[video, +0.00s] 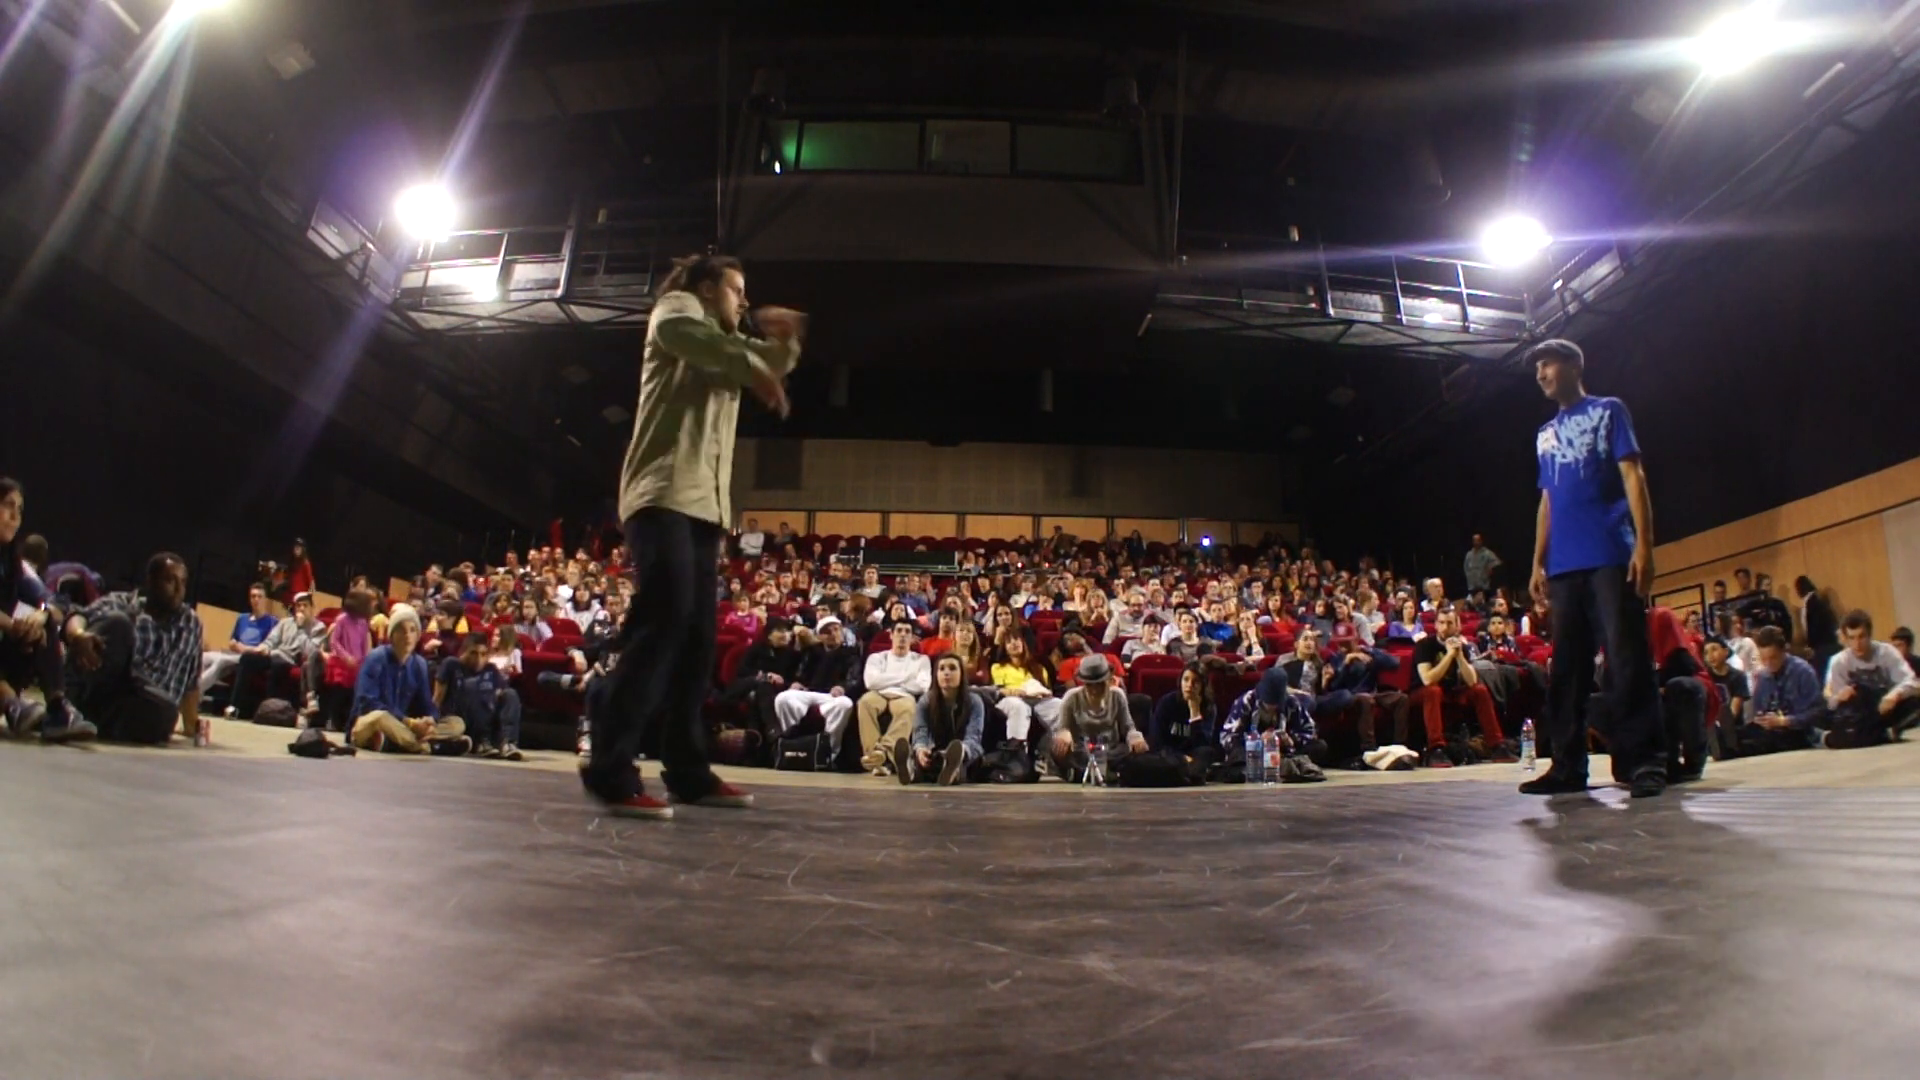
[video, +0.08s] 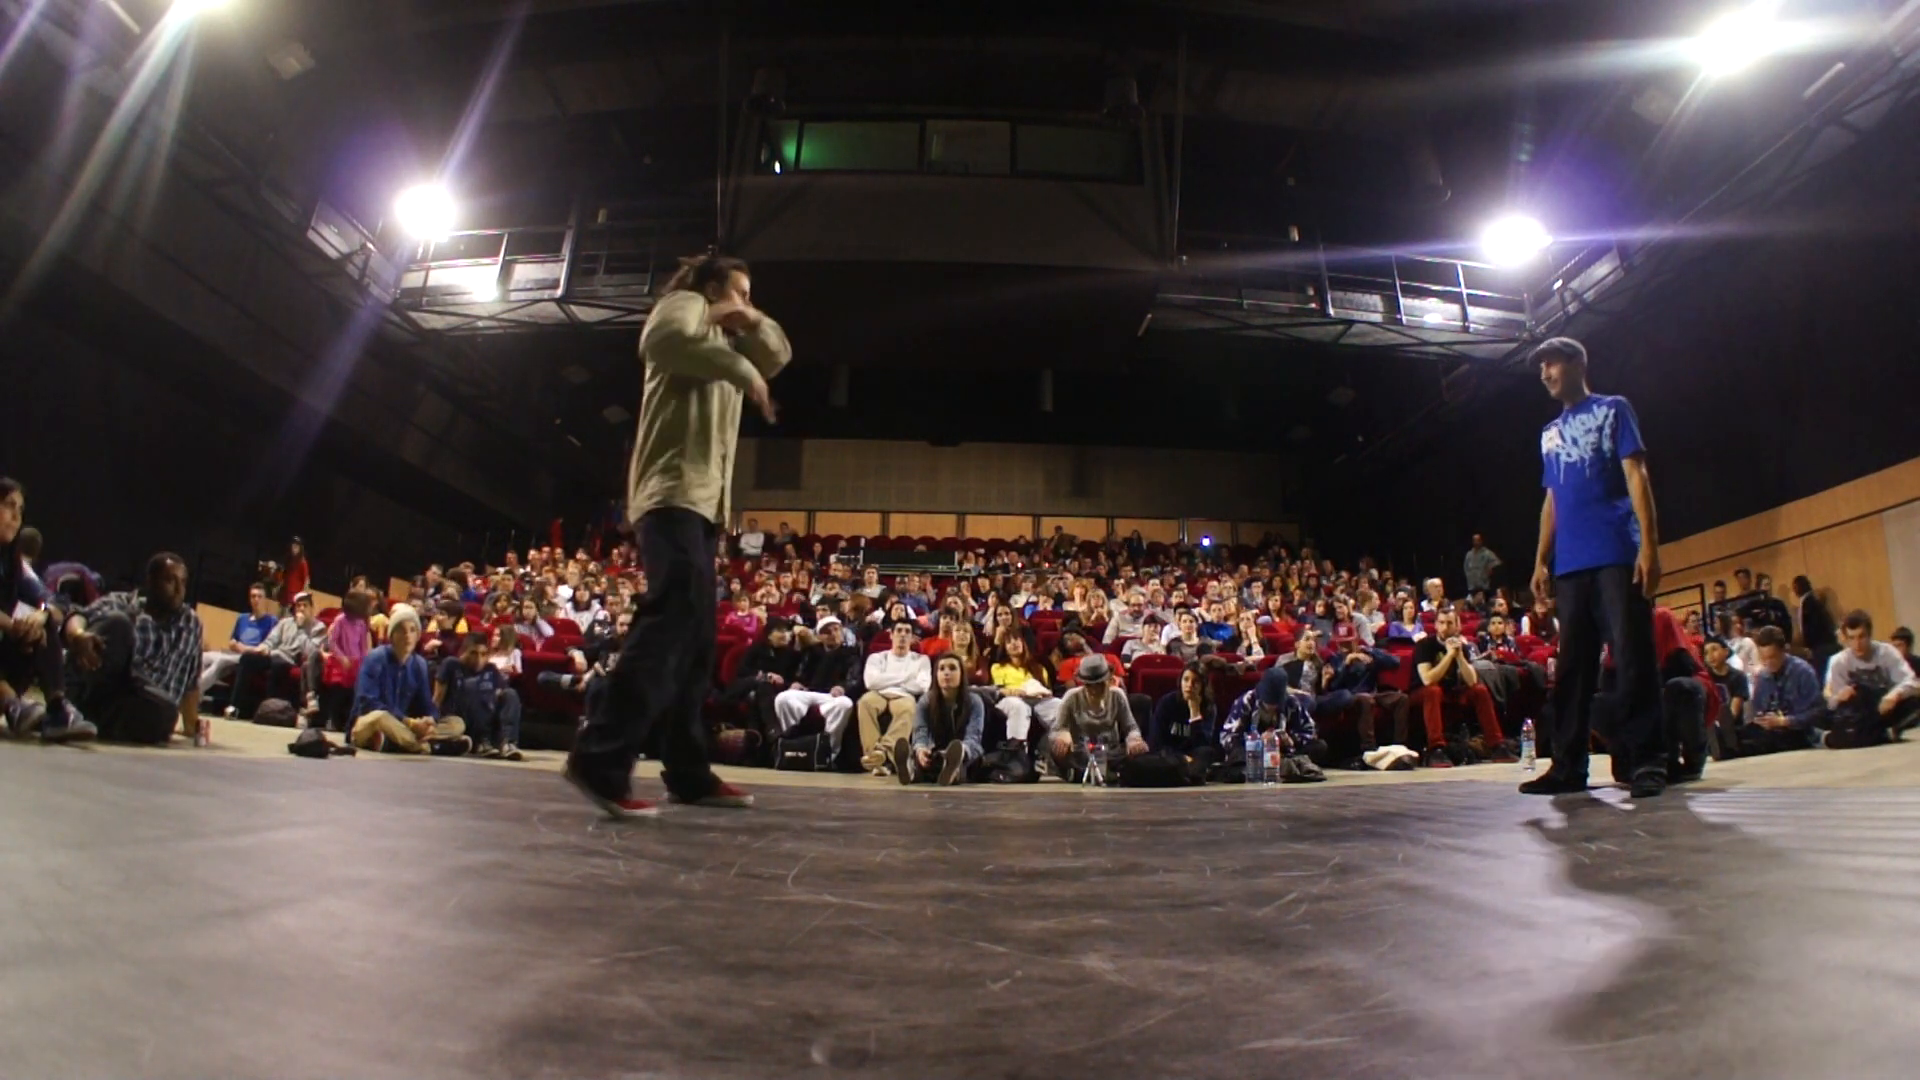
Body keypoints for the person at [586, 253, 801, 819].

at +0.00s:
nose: (743, 300)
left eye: (745, 293)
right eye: (736, 288)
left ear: (732, 300)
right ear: (705, 285)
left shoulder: (729, 343)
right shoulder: (675, 309)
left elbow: (763, 369)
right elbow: (695, 344)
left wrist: (787, 342)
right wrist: (757, 369)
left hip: (705, 503)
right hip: (662, 492)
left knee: (697, 638)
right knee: (664, 622)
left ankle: (688, 772)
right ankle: (609, 768)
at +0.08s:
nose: (747, 305)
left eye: (749, 297)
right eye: (741, 293)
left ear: (727, 298)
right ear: (714, 289)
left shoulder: (728, 346)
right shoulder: (683, 305)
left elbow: (777, 354)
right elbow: (666, 339)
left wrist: (752, 318)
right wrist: (746, 374)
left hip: (702, 504)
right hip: (670, 495)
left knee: (696, 634)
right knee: (675, 621)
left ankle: (689, 772)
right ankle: (600, 760)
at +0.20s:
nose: (745, 303)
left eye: (748, 296)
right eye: (740, 291)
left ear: (738, 301)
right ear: (712, 288)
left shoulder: (731, 341)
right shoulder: (680, 308)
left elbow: (777, 350)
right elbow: (655, 339)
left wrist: (741, 312)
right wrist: (738, 366)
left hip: (705, 506)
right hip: (668, 497)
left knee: (703, 629)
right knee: (699, 614)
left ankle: (690, 770)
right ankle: (634, 753)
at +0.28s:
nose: (741, 300)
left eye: (746, 293)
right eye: (733, 288)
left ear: (743, 301)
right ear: (701, 284)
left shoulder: (733, 342)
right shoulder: (671, 311)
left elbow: (776, 356)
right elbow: (642, 327)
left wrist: (779, 316)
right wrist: (739, 340)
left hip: (718, 509)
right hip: (666, 499)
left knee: (732, 634)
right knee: (680, 622)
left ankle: (702, 758)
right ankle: (620, 763)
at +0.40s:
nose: (739, 301)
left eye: (744, 294)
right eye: (731, 289)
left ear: (742, 299)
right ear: (697, 281)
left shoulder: (737, 338)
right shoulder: (659, 308)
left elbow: (782, 349)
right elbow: (646, 319)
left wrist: (805, 329)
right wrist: (737, 323)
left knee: (762, 644)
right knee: (635, 645)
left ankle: (767, 761)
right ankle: (621, 776)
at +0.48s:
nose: (746, 306)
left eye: (750, 298)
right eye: (738, 293)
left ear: (745, 303)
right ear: (706, 286)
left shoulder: (737, 340)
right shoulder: (666, 308)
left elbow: (780, 347)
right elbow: (648, 322)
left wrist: (826, 338)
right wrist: (733, 318)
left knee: (766, 632)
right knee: (636, 643)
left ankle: (755, 752)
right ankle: (618, 775)